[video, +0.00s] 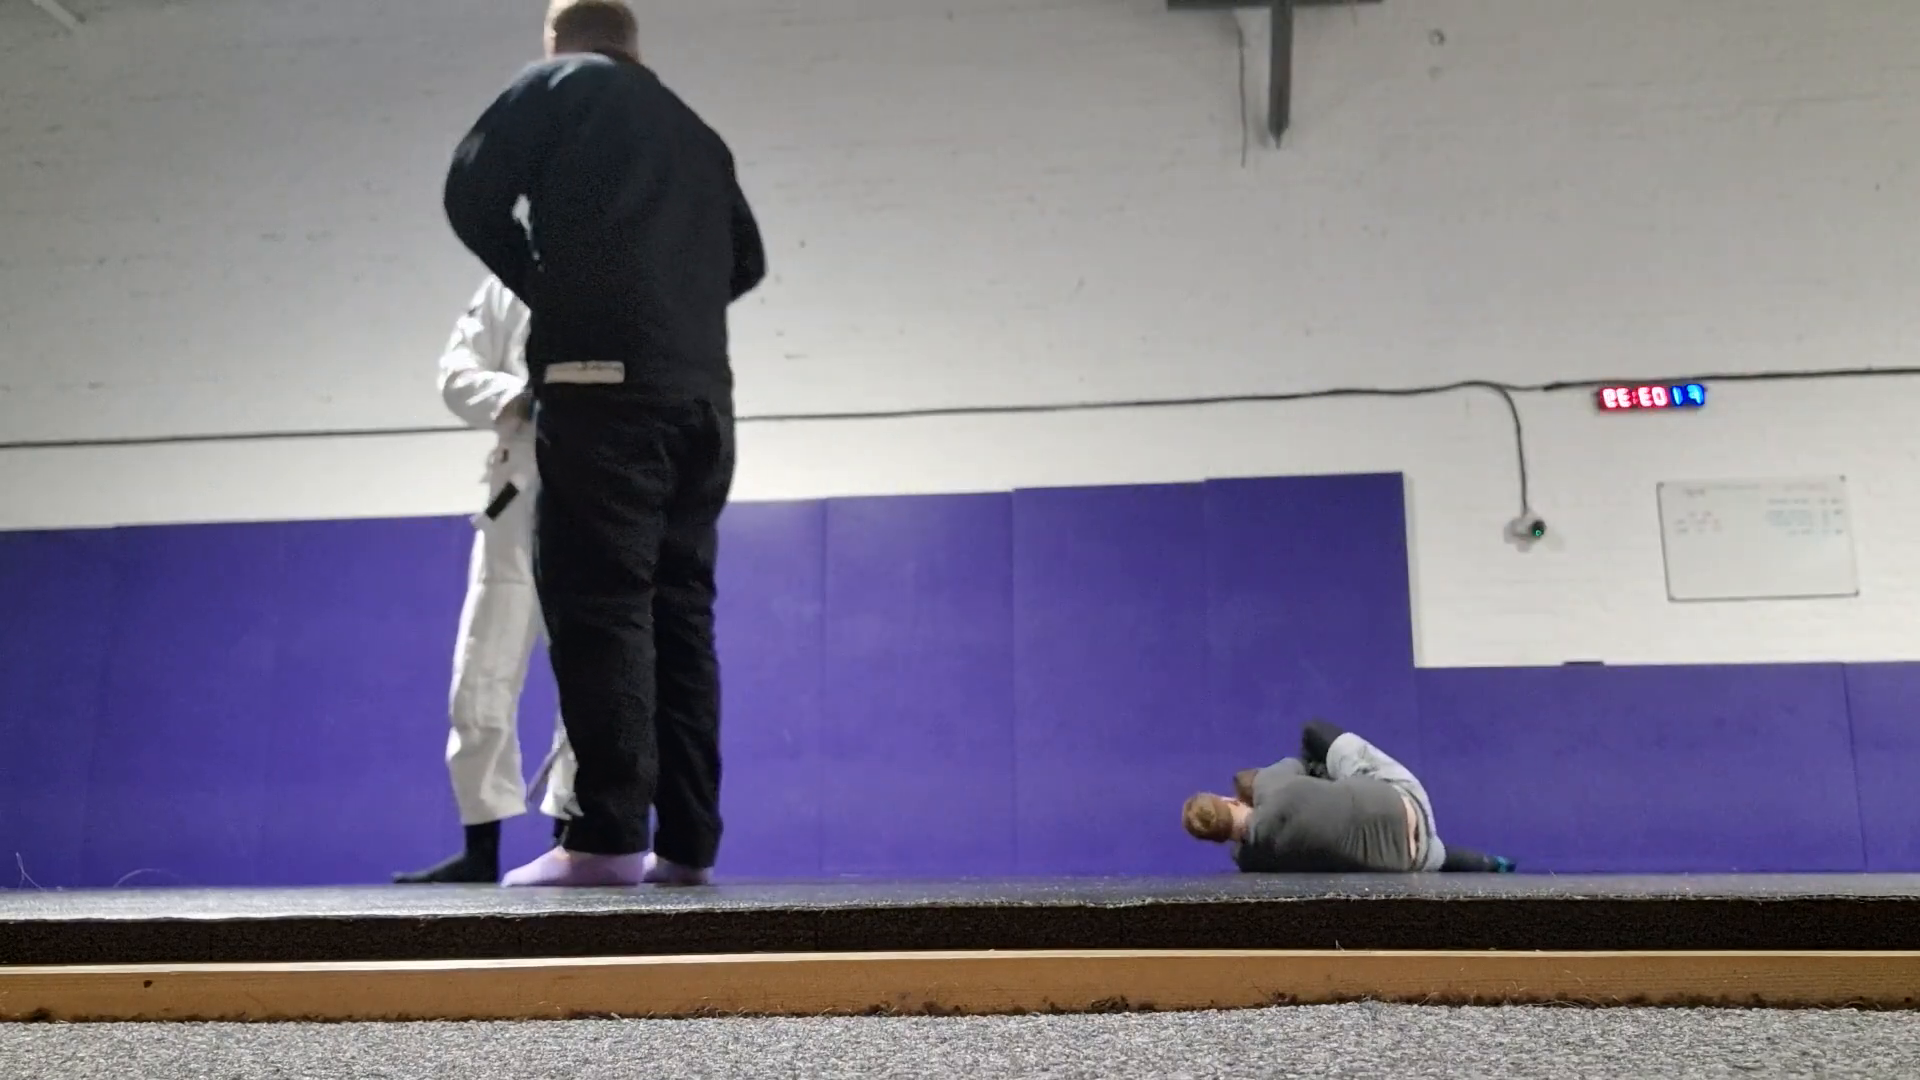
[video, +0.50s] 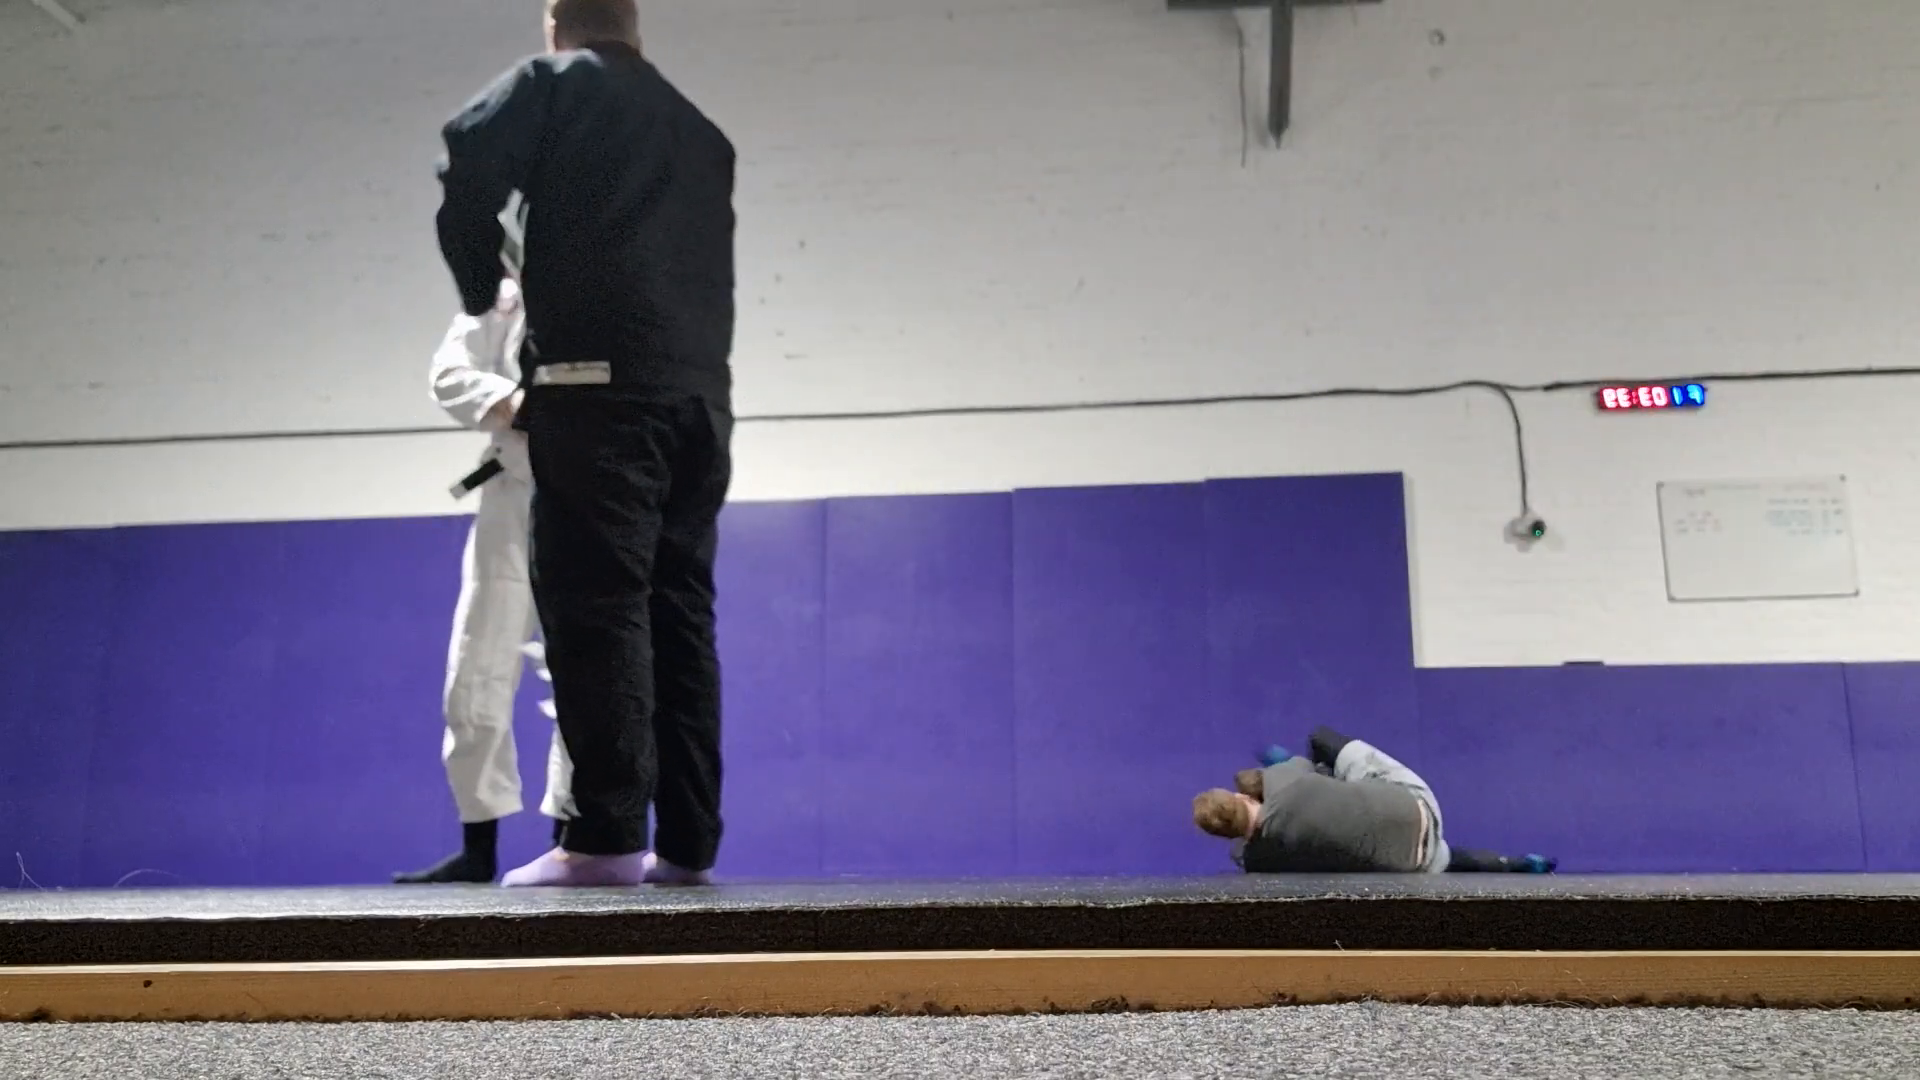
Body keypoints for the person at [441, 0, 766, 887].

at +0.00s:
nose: (544, 58)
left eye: (547, 49)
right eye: (552, 49)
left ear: (557, 44)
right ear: (635, 52)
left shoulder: (548, 83)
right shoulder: (698, 131)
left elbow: (468, 193)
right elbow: (746, 260)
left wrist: (546, 290)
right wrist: (661, 301)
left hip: (599, 393)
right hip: (702, 397)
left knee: (598, 613)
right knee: (683, 610)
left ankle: (606, 845)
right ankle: (689, 849)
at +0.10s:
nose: (542, 55)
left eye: (544, 45)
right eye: (551, 45)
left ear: (554, 40)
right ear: (632, 46)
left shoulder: (547, 88)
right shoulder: (703, 136)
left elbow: (471, 203)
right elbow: (725, 267)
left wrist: (545, 292)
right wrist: (642, 309)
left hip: (601, 400)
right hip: (705, 404)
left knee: (599, 618)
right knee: (685, 616)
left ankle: (605, 847)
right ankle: (689, 848)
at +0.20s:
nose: (543, 50)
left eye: (544, 39)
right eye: (551, 40)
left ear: (553, 37)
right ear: (631, 41)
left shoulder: (546, 89)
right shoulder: (702, 131)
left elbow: (466, 201)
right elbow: (706, 267)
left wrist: (540, 288)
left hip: (600, 399)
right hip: (704, 404)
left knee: (600, 619)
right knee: (685, 616)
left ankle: (604, 846)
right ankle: (689, 848)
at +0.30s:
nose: (545, 50)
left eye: (545, 39)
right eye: (553, 41)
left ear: (555, 36)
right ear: (634, 37)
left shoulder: (547, 87)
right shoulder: (703, 134)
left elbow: (462, 192)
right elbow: (699, 266)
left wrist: (536, 286)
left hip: (598, 399)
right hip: (703, 405)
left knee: (600, 617)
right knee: (685, 615)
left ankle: (602, 845)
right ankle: (689, 848)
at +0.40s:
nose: (546, 50)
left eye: (546, 39)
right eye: (555, 42)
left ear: (555, 35)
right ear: (635, 38)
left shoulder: (546, 84)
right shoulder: (706, 134)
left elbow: (462, 165)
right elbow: (713, 275)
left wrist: (512, 282)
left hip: (596, 396)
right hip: (701, 403)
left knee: (597, 614)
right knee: (682, 612)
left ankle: (603, 845)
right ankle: (688, 848)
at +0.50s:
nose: (545, 46)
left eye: (545, 35)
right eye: (554, 38)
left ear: (555, 32)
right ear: (635, 34)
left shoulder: (542, 84)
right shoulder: (704, 132)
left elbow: (470, 155)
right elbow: (703, 275)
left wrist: (484, 288)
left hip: (594, 399)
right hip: (700, 404)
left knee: (596, 615)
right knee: (681, 611)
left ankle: (603, 846)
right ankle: (688, 848)